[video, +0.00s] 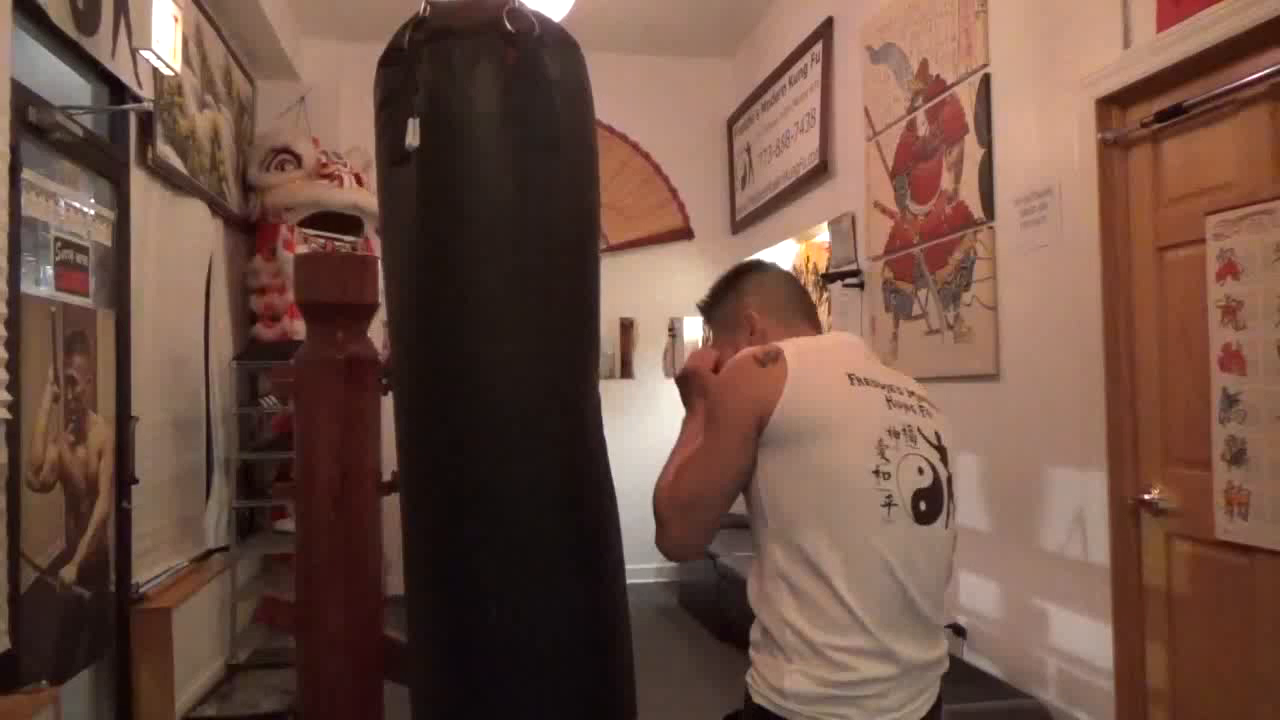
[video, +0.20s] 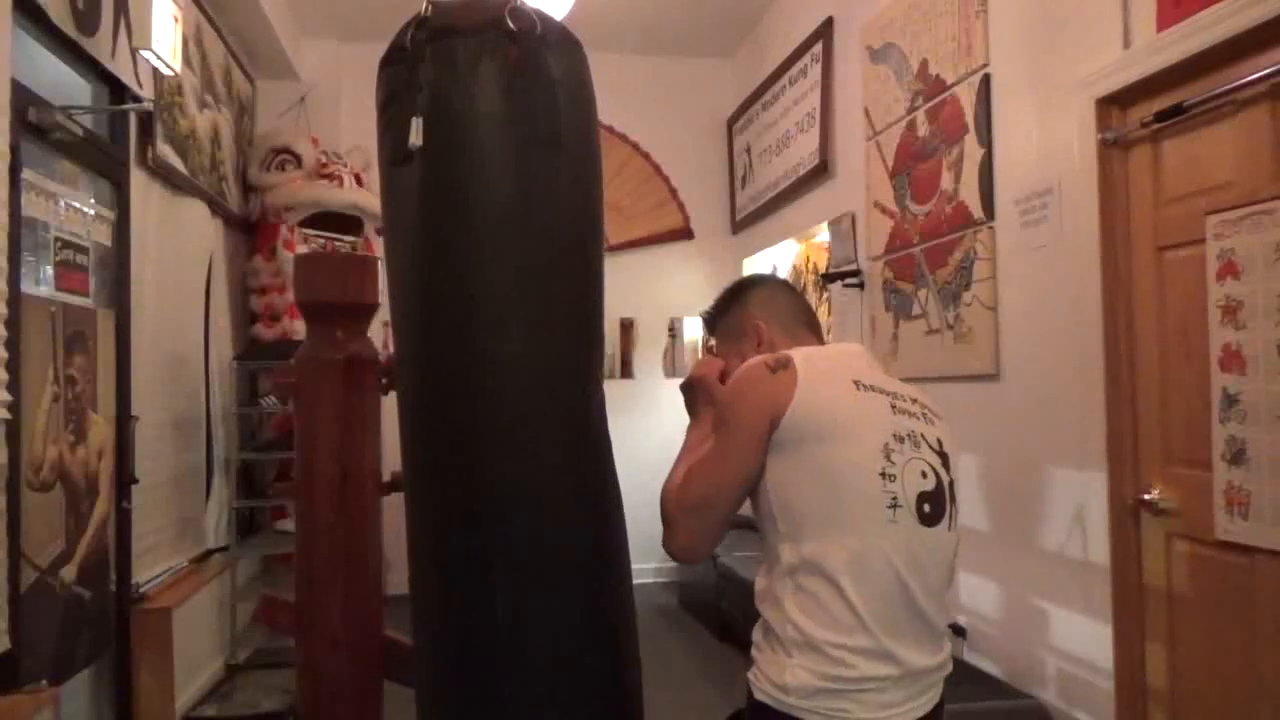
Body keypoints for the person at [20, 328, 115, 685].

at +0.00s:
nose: (71, 391)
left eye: (77, 382)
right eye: (66, 383)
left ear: (92, 383)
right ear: (60, 386)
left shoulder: (105, 430)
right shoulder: (61, 435)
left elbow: (105, 502)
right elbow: (39, 480)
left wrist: (76, 561)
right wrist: (46, 402)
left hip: (106, 546)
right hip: (75, 545)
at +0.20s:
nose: (71, 391)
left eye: (77, 382)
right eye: (65, 383)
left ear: (91, 383)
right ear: (60, 387)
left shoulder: (105, 431)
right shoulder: (62, 437)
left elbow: (105, 503)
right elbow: (38, 480)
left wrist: (76, 562)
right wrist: (45, 402)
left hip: (105, 550)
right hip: (75, 549)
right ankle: (58, 687)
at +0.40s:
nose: (71, 392)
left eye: (77, 383)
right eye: (65, 384)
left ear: (90, 386)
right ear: (60, 390)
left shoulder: (104, 432)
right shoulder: (62, 437)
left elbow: (105, 501)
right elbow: (38, 479)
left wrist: (76, 562)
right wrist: (47, 400)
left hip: (103, 547)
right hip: (74, 546)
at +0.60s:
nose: (71, 392)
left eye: (77, 383)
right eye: (65, 384)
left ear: (91, 384)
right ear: (60, 389)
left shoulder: (103, 431)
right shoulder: (62, 436)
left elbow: (105, 502)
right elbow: (38, 480)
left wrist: (75, 563)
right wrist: (46, 401)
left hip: (103, 551)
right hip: (74, 550)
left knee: (102, 631)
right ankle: (59, 690)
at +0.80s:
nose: (71, 391)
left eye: (77, 382)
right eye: (66, 383)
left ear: (91, 385)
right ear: (61, 390)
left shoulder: (104, 431)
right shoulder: (62, 438)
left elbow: (105, 501)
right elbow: (38, 480)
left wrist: (75, 562)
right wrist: (45, 401)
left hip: (102, 550)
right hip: (73, 549)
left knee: (99, 627)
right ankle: (56, 685)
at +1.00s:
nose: (69, 390)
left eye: (74, 381)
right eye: (63, 383)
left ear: (90, 384)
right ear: (60, 389)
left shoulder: (103, 433)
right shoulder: (62, 438)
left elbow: (104, 502)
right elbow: (38, 481)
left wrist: (76, 562)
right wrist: (45, 402)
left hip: (100, 548)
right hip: (73, 547)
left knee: (98, 623)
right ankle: (59, 686)